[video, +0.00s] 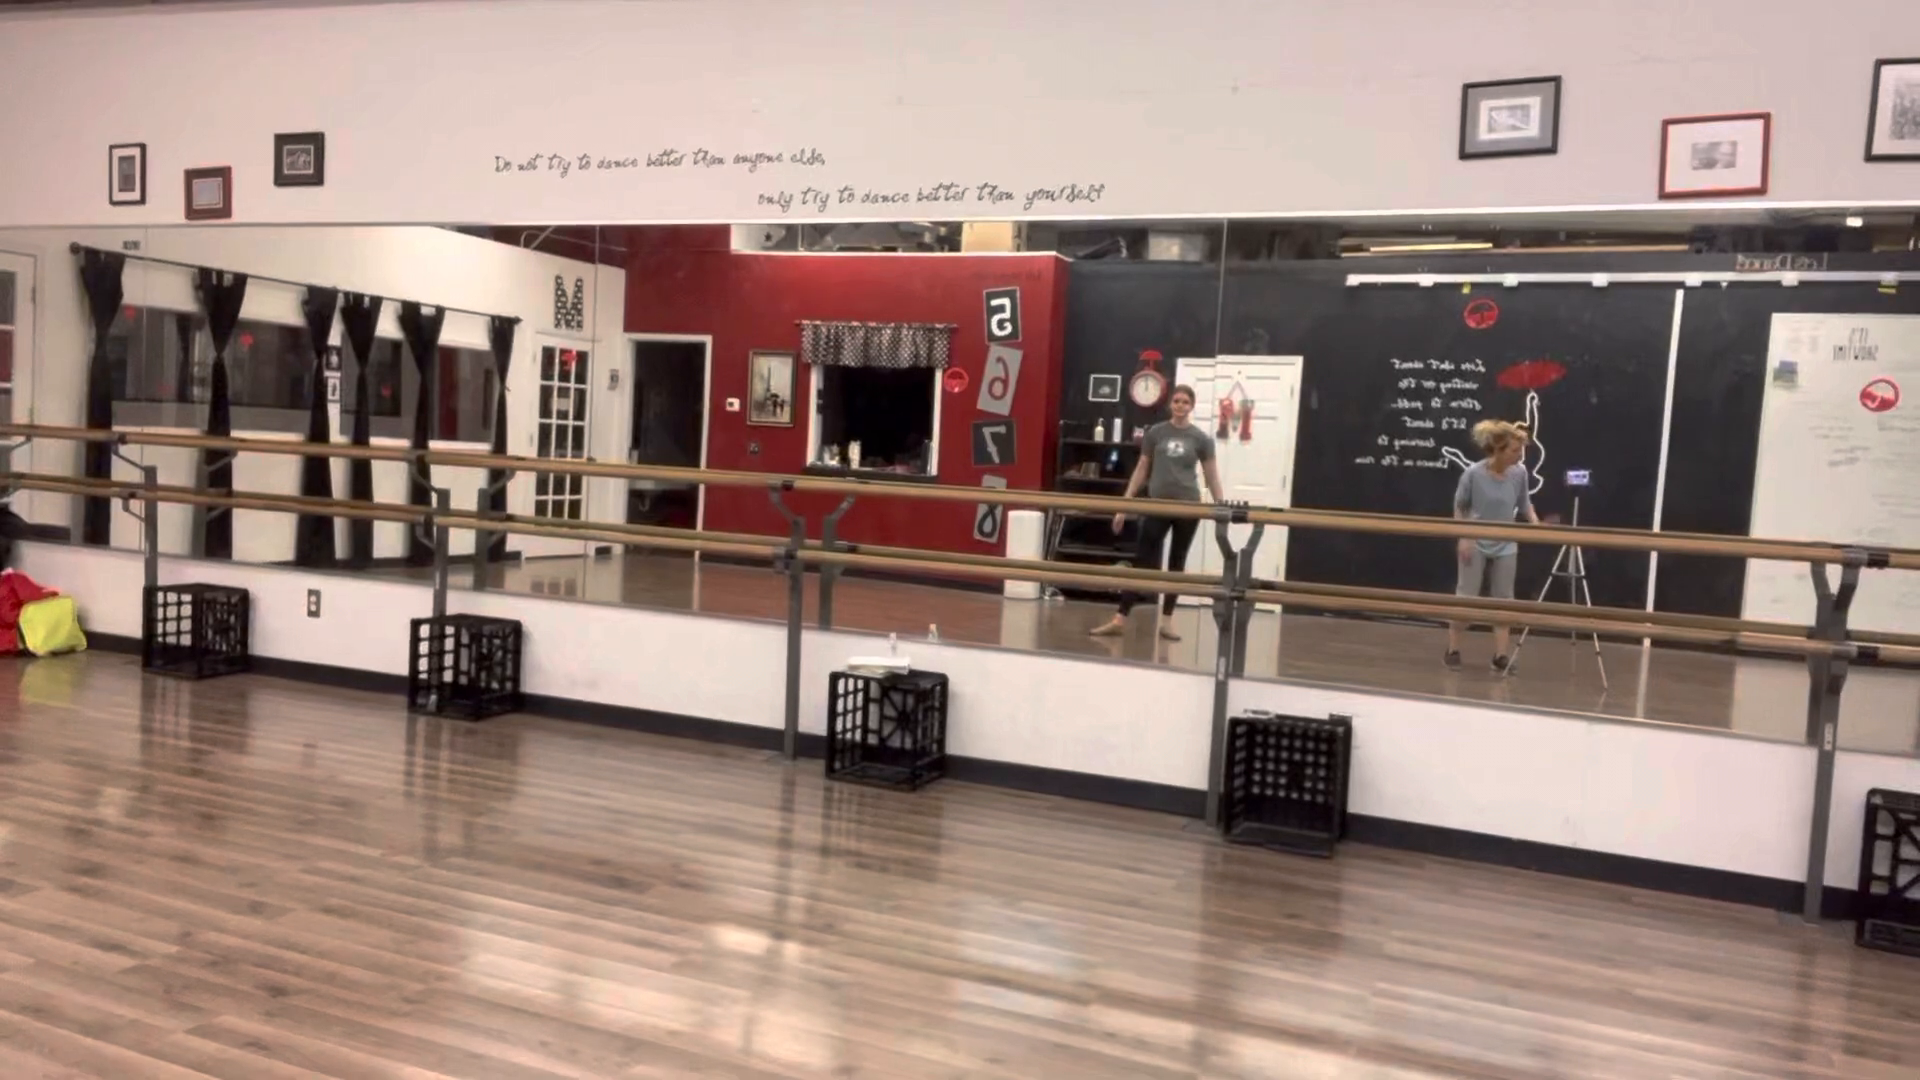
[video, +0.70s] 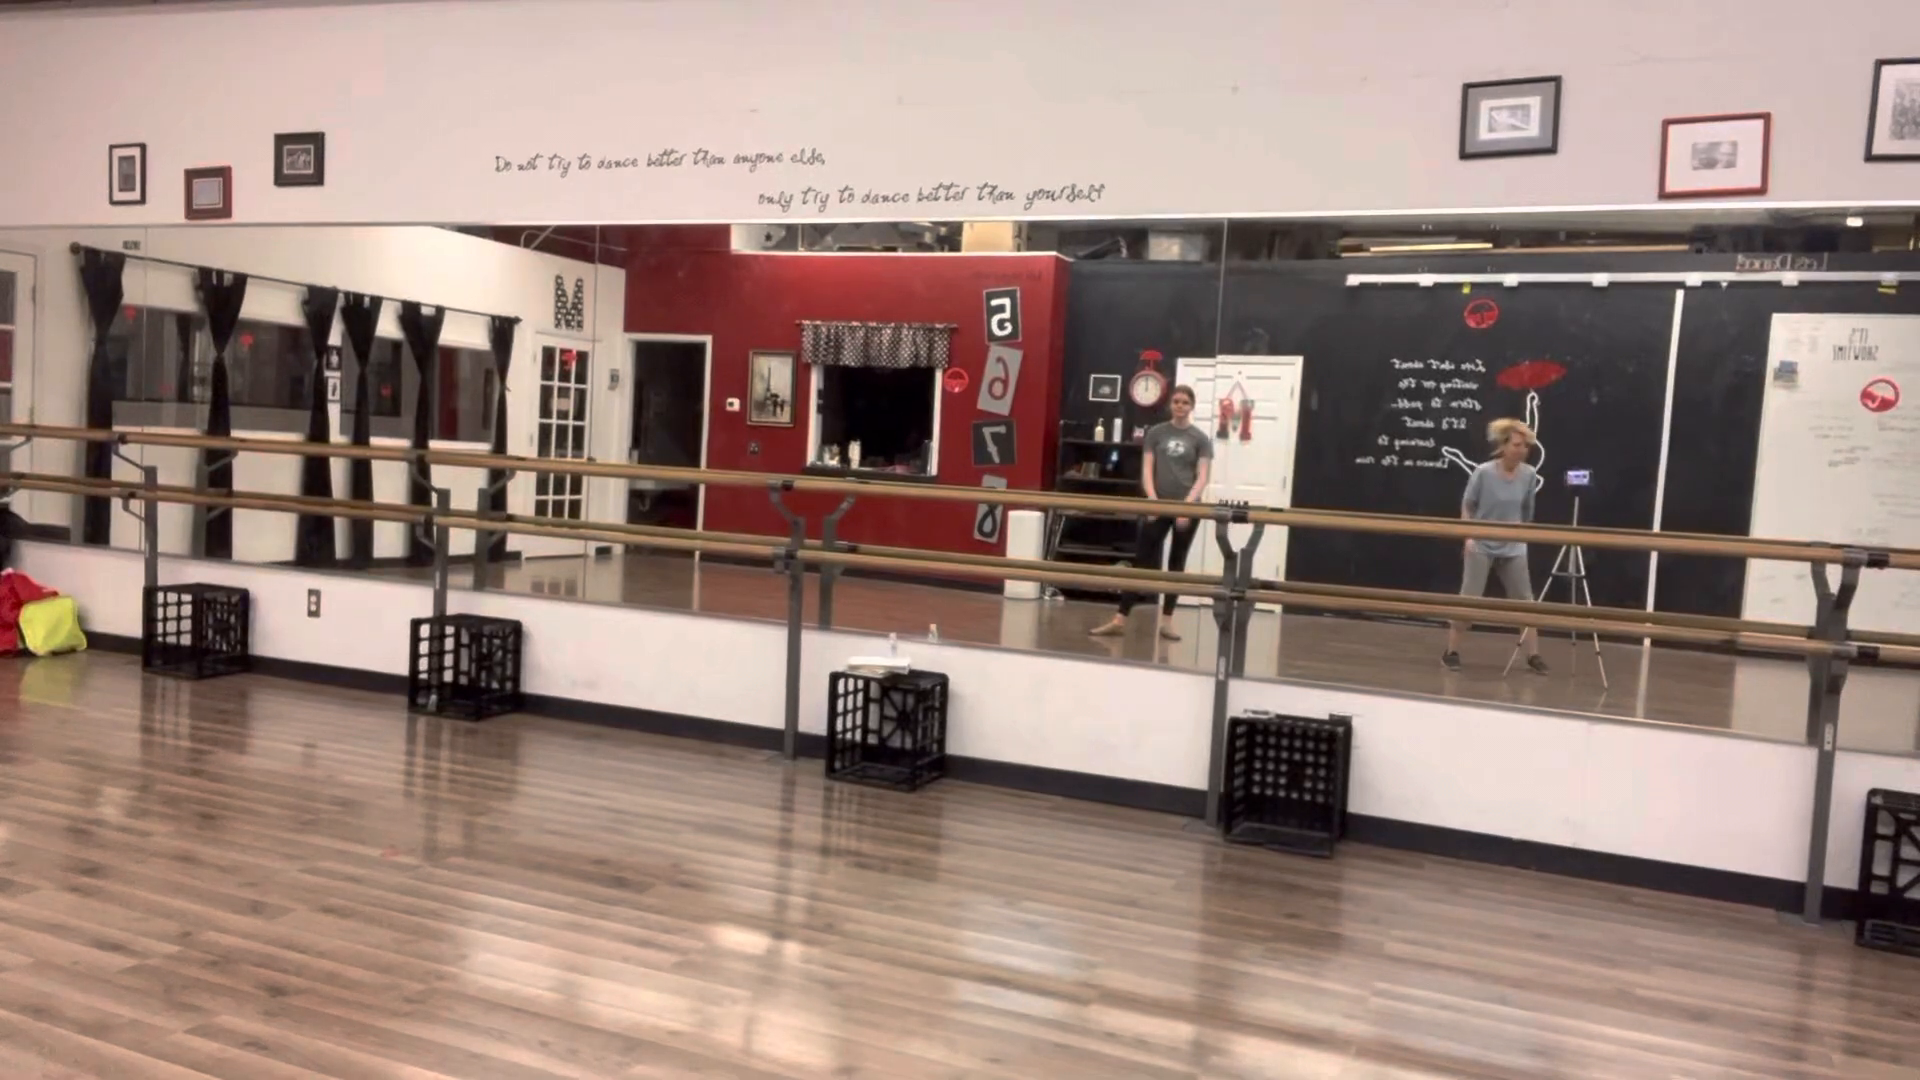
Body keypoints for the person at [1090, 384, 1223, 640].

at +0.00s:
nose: (1180, 406)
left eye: (1185, 402)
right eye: (1176, 401)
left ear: (1192, 407)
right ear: (1170, 404)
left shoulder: (1201, 439)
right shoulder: (1154, 433)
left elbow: (1211, 477)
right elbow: (1141, 470)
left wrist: (1220, 507)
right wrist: (1124, 506)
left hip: (1187, 509)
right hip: (1157, 506)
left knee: (1177, 563)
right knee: (1142, 559)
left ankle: (1166, 619)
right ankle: (1120, 617)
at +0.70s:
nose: (1180, 406)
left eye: (1184, 403)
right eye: (1176, 402)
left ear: (1192, 407)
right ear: (1170, 404)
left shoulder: (1201, 439)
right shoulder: (1154, 433)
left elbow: (1202, 478)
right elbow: (1147, 471)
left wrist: (1186, 508)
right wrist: (1153, 502)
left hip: (1186, 506)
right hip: (1158, 503)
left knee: (1176, 563)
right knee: (1142, 558)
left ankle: (1166, 619)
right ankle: (1121, 617)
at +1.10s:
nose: (1179, 406)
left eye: (1184, 402)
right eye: (1176, 402)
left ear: (1192, 406)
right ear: (1170, 404)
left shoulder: (1202, 439)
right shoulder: (1154, 433)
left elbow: (1209, 480)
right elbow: (1145, 471)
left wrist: (1201, 514)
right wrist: (1140, 507)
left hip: (1186, 510)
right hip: (1156, 507)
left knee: (1176, 566)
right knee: (1142, 560)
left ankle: (1166, 620)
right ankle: (1120, 617)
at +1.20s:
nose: (1179, 406)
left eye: (1184, 402)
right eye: (1176, 401)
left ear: (1192, 406)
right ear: (1170, 404)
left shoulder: (1202, 439)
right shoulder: (1154, 433)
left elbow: (1212, 480)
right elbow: (1143, 472)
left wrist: (1217, 516)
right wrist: (1131, 508)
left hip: (1188, 510)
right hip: (1156, 507)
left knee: (1176, 564)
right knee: (1142, 559)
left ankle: (1166, 619)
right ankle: (1120, 617)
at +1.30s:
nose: (1180, 406)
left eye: (1185, 402)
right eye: (1176, 401)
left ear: (1192, 406)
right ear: (1170, 404)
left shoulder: (1202, 437)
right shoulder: (1155, 433)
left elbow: (1214, 476)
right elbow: (1141, 470)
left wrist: (1225, 511)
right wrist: (1124, 505)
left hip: (1188, 509)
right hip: (1157, 506)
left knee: (1176, 563)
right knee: (1142, 559)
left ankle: (1166, 619)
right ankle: (1120, 617)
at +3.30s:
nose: (1180, 405)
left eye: (1184, 401)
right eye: (1176, 401)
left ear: (1192, 405)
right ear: (1170, 404)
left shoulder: (1202, 438)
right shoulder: (1154, 432)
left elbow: (1201, 476)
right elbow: (1150, 468)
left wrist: (1181, 496)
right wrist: (1156, 492)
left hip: (1186, 504)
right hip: (1158, 501)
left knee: (1176, 561)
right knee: (1142, 555)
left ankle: (1166, 619)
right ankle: (1120, 617)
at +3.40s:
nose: (1180, 405)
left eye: (1184, 401)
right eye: (1176, 401)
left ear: (1192, 405)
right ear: (1170, 404)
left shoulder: (1202, 438)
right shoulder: (1154, 432)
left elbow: (1205, 479)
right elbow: (1148, 470)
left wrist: (1189, 503)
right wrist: (1150, 502)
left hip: (1185, 507)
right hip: (1156, 505)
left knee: (1176, 563)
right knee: (1141, 559)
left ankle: (1166, 619)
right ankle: (1120, 617)